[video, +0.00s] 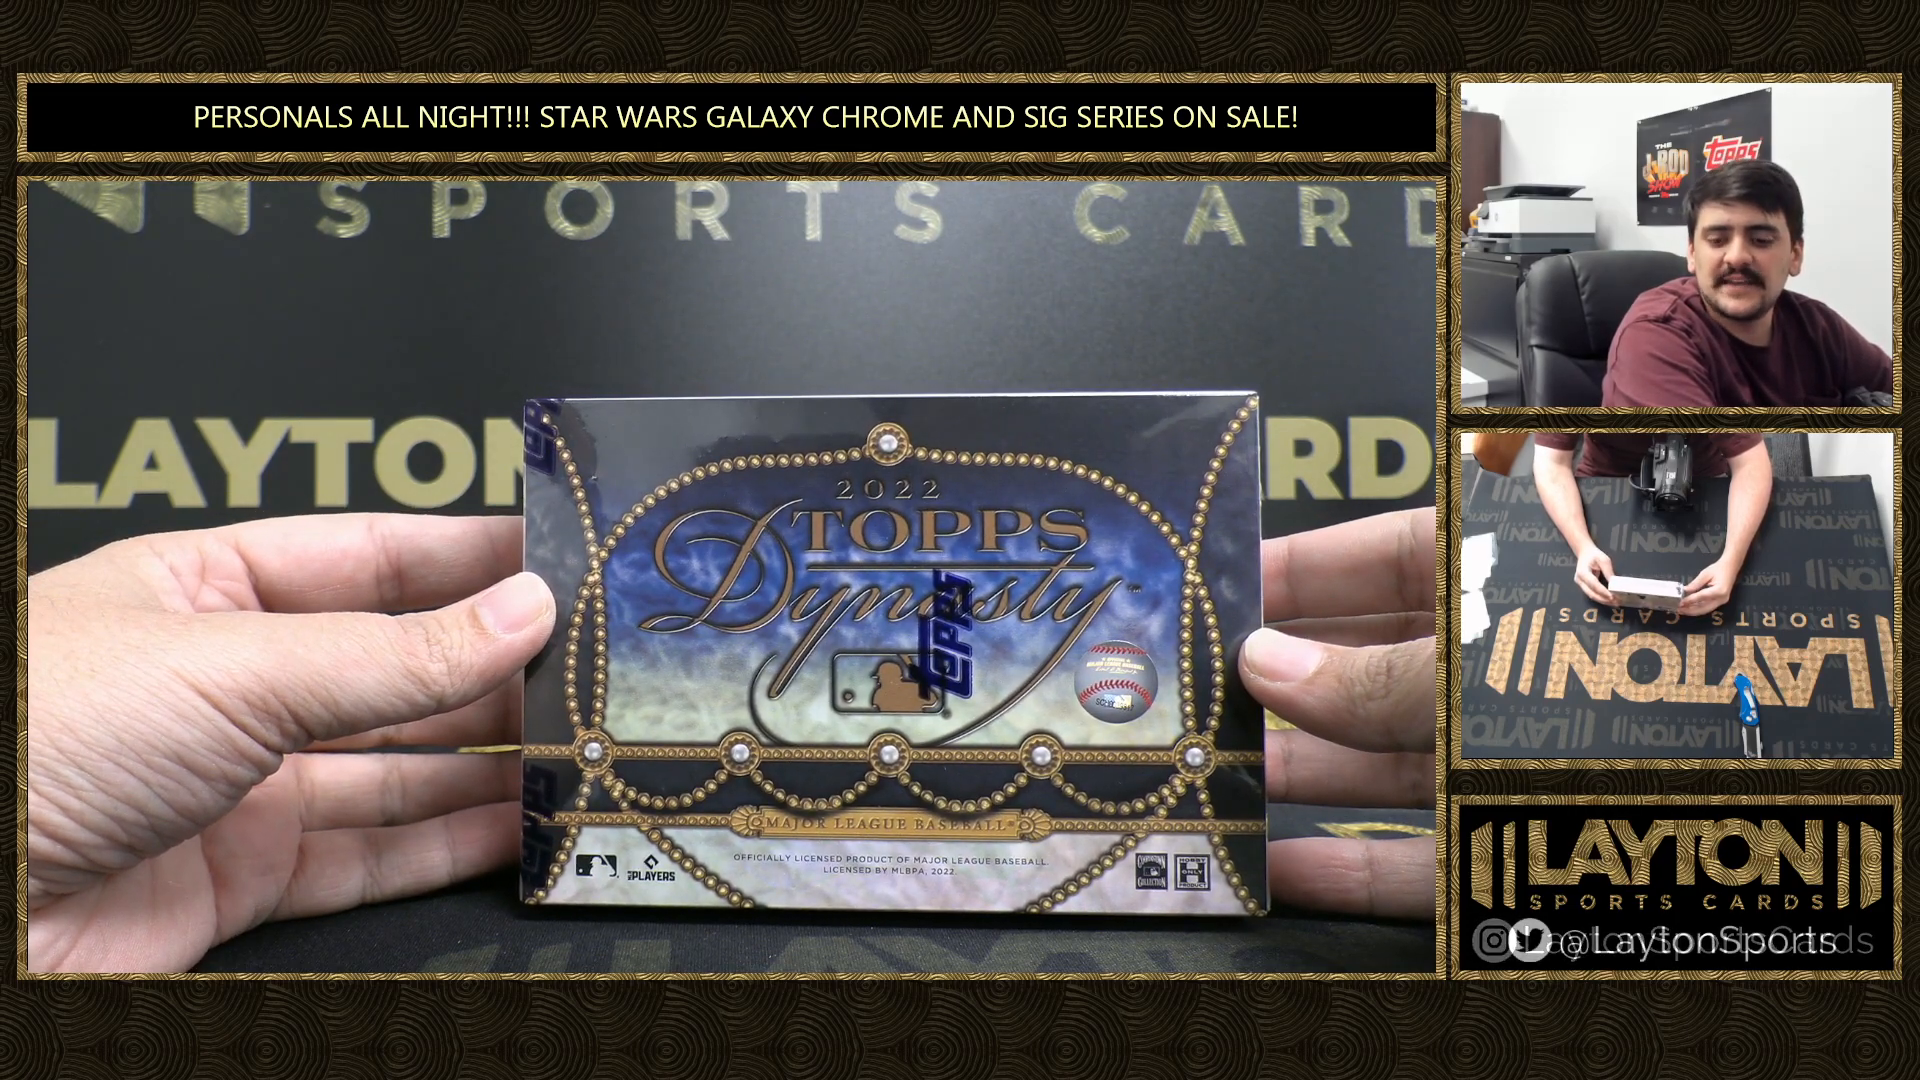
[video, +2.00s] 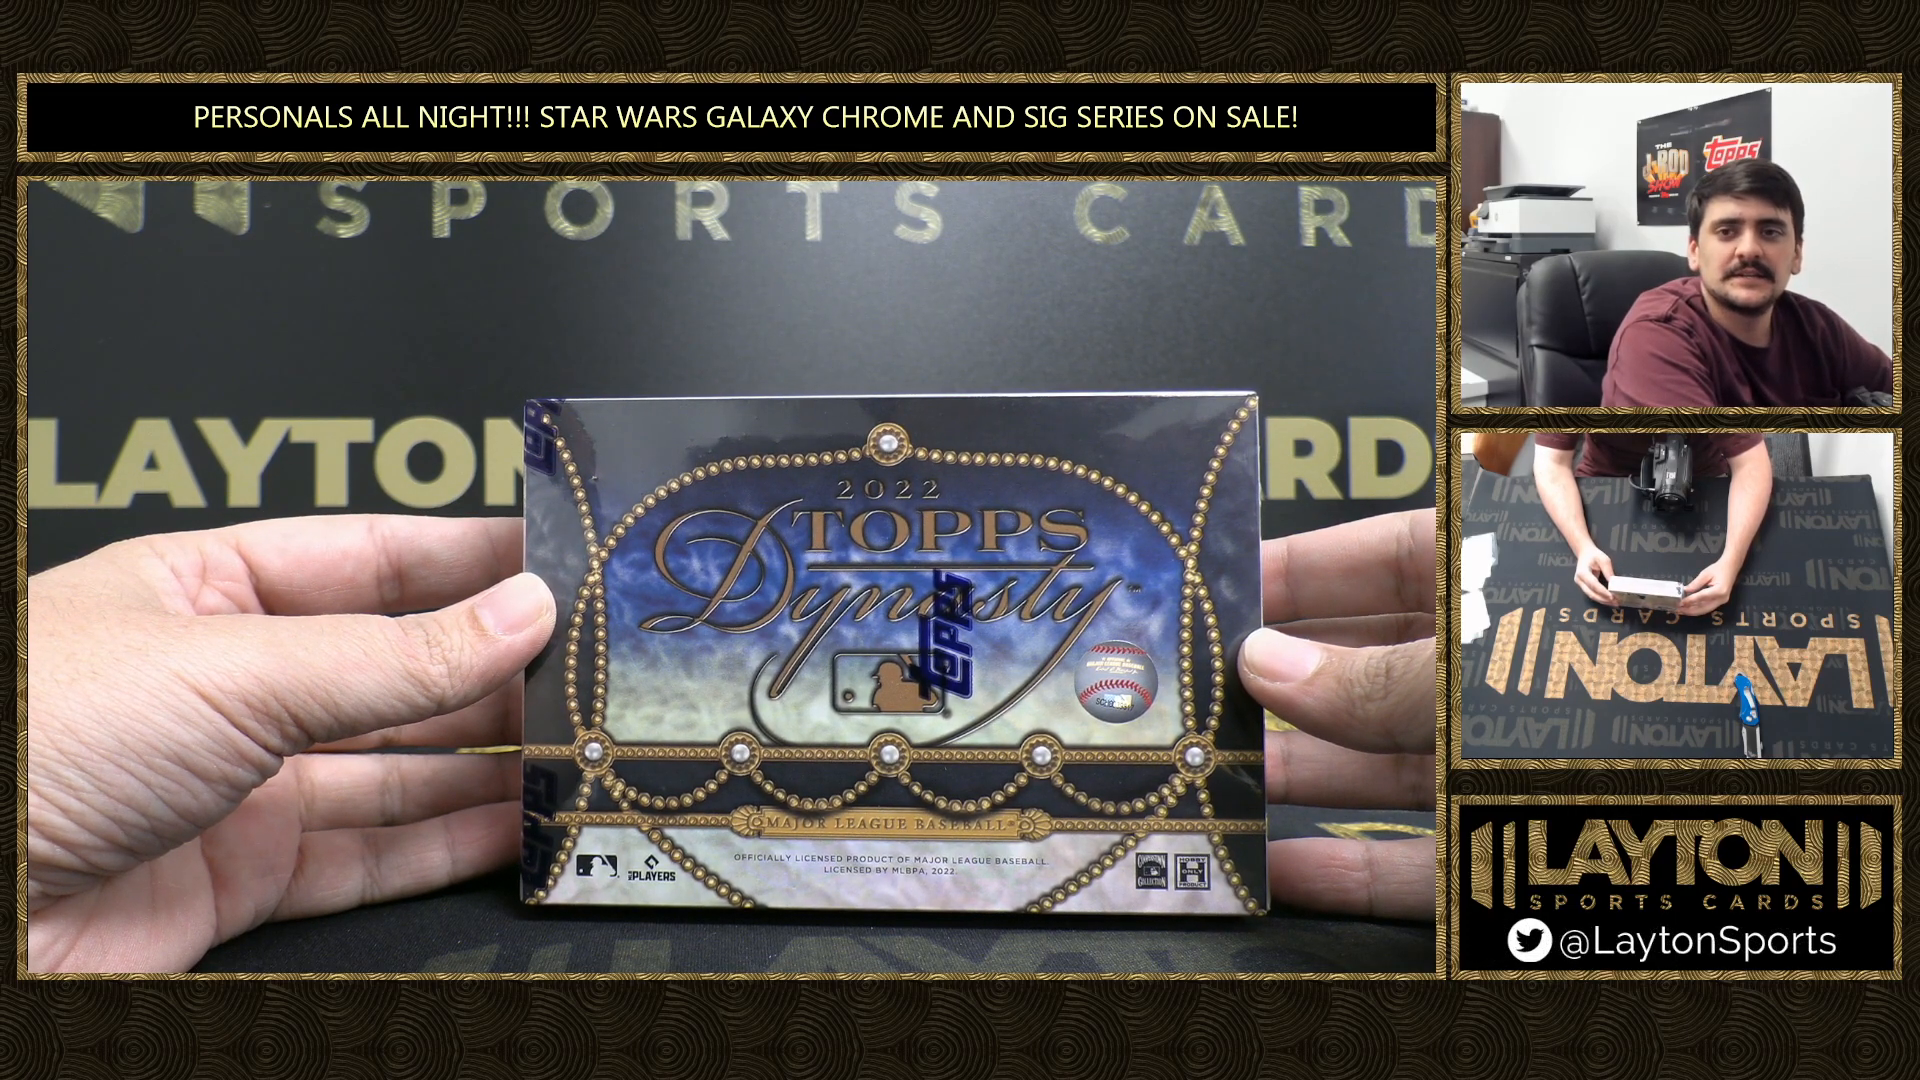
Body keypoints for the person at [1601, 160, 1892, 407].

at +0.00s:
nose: (1737, 257)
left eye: (1761, 239)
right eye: (1718, 238)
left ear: (1795, 256)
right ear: (1691, 253)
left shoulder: (1817, 328)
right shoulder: (1655, 333)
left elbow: (1897, 389)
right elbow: (1746, 461)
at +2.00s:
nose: (1749, 249)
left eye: (1770, 232)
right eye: (1727, 232)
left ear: (1797, 255)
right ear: (1694, 251)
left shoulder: (1817, 329)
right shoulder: (1656, 333)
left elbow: (1897, 389)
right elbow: (1746, 461)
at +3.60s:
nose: (1786, 254)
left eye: (1800, 236)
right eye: (1762, 234)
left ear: (1812, 246)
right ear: (1708, 248)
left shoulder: (1823, 328)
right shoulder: (1669, 336)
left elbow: (1898, 387)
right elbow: (1752, 461)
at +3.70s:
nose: (1806, 257)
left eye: (1815, 237)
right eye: (1779, 237)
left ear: (1822, 239)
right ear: (1716, 250)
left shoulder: (1829, 328)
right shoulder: (1673, 339)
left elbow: (1901, 383)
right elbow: (1759, 467)